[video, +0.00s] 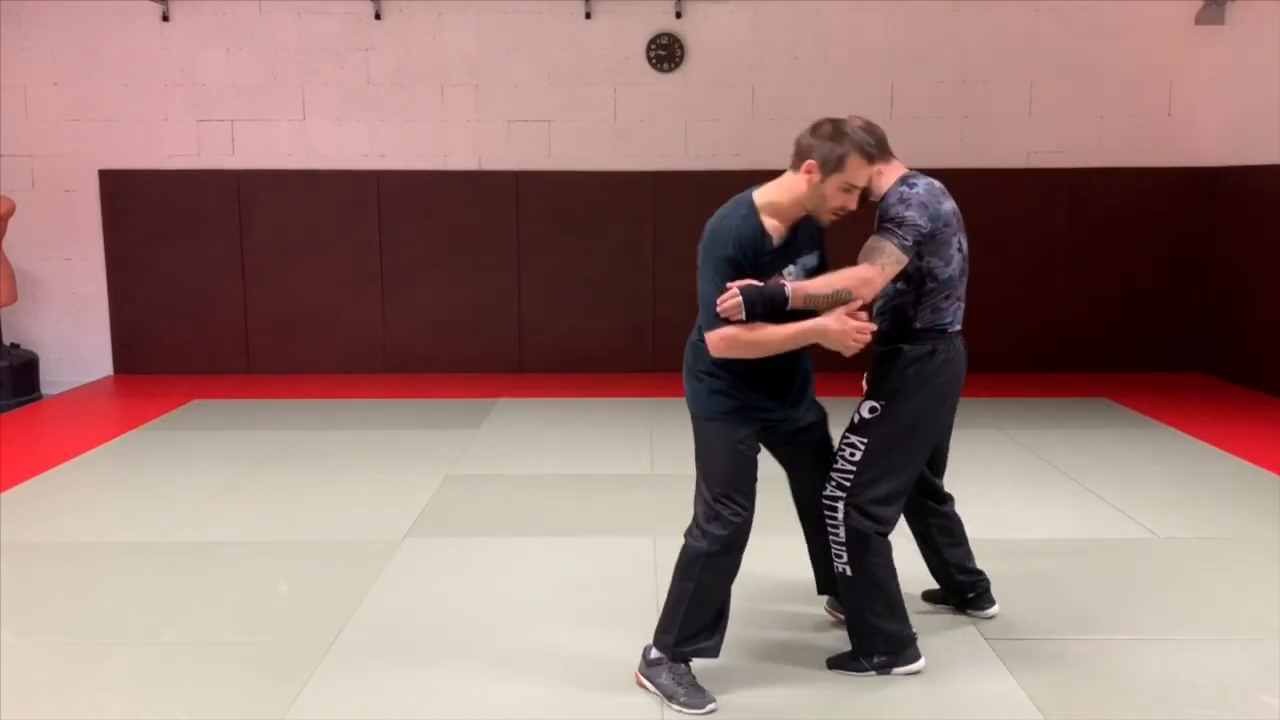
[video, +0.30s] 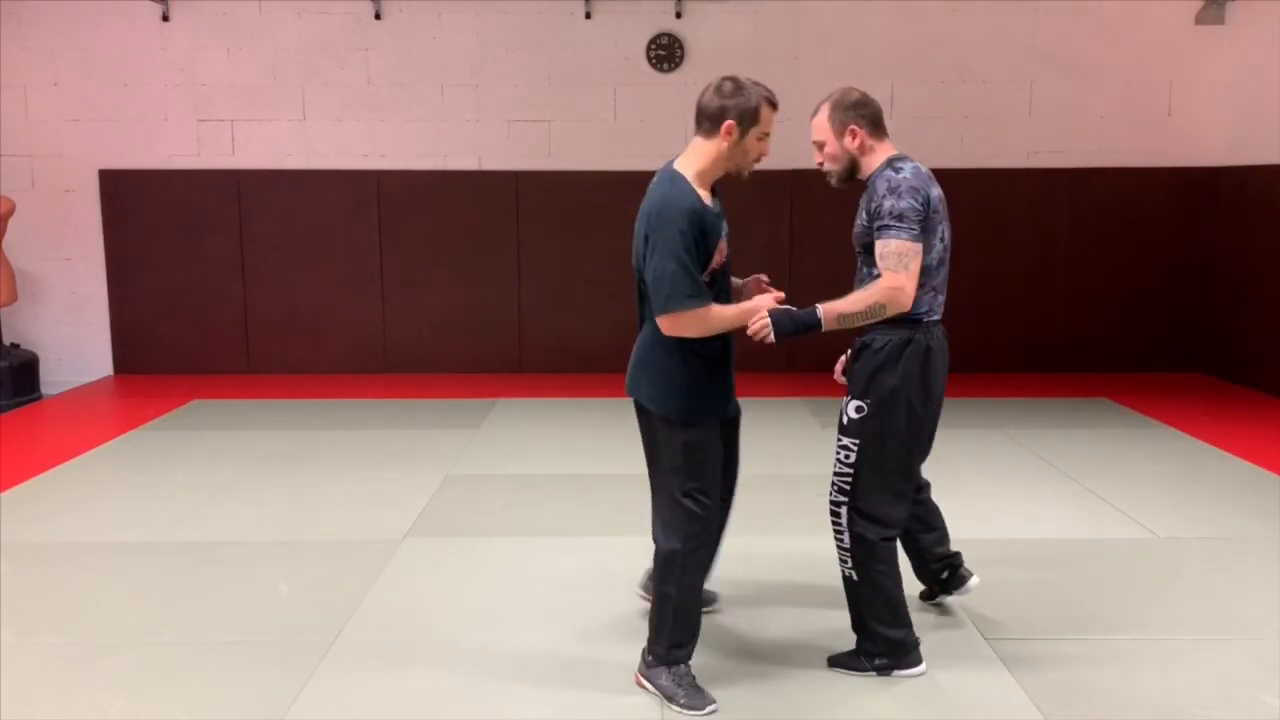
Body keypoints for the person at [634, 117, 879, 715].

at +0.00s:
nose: (852, 204)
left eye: (857, 192)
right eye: (847, 189)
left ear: (814, 175)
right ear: (809, 172)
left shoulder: (808, 221)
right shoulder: (729, 233)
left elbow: (805, 296)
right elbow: (721, 339)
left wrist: (845, 310)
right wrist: (816, 330)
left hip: (789, 385)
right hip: (726, 391)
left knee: (826, 491)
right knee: (723, 521)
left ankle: (843, 594)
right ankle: (666, 656)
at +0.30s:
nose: (765, 151)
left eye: (768, 138)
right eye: (763, 137)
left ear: (724, 130)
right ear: (730, 132)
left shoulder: (695, 190)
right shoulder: (674, 205)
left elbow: (693, 288)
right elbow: (674, 319)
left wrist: (738, 296)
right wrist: (747, 314)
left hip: (704, 383)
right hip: (675, 391)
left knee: (714, 498)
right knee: (687, 523)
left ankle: (672, 581)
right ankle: (664, 660)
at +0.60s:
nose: (724, 161)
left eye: (726, 149)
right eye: (720, 147)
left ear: (684, 143)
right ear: (689, 143)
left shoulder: (653, 199)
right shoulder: (627, 197)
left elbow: (653, 283)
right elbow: (610, 291)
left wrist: (684, 305)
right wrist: (682, 305)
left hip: (632, 379)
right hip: (605, 381)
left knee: (626, 491)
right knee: (624, 506)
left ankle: (591, 586)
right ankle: (633, 646)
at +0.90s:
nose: (662, 146)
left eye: (664, 135)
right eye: (660, 133)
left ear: (619, 129)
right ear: (633, 131)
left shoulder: (594, 191)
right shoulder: (584, 199)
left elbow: (589, 281)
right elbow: (579, 304)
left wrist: (631, 289)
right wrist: (638, 301)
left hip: (593, 376)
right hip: (561, 379)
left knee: (612, 472)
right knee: (550, 498)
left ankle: (596, 584)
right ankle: (508, 618)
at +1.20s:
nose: (634, 143)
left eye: (636, 132)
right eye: (630, 131)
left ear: (594, 128)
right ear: (598, 128)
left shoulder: (572, 189)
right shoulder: (550, 197)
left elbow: (574, 273)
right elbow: (554, 300)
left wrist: (615, 263)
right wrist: (619, 277)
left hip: (569, 374)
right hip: (529, 380)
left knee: (581, 481)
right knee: (523, 502)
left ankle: (582, 579)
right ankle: (507, 622)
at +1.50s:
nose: (627, 148)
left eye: (628, 138)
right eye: (621, 136)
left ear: (589, 132)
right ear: (589, 130)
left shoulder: (575, 193)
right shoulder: (532, 191)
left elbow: (567, 266)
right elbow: (514, 286)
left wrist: (601, 269)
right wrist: (594, 282)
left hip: (562, 369)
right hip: (519, 371)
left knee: (568, 481)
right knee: (523, 492)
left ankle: (574, 579)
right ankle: (496, 615)